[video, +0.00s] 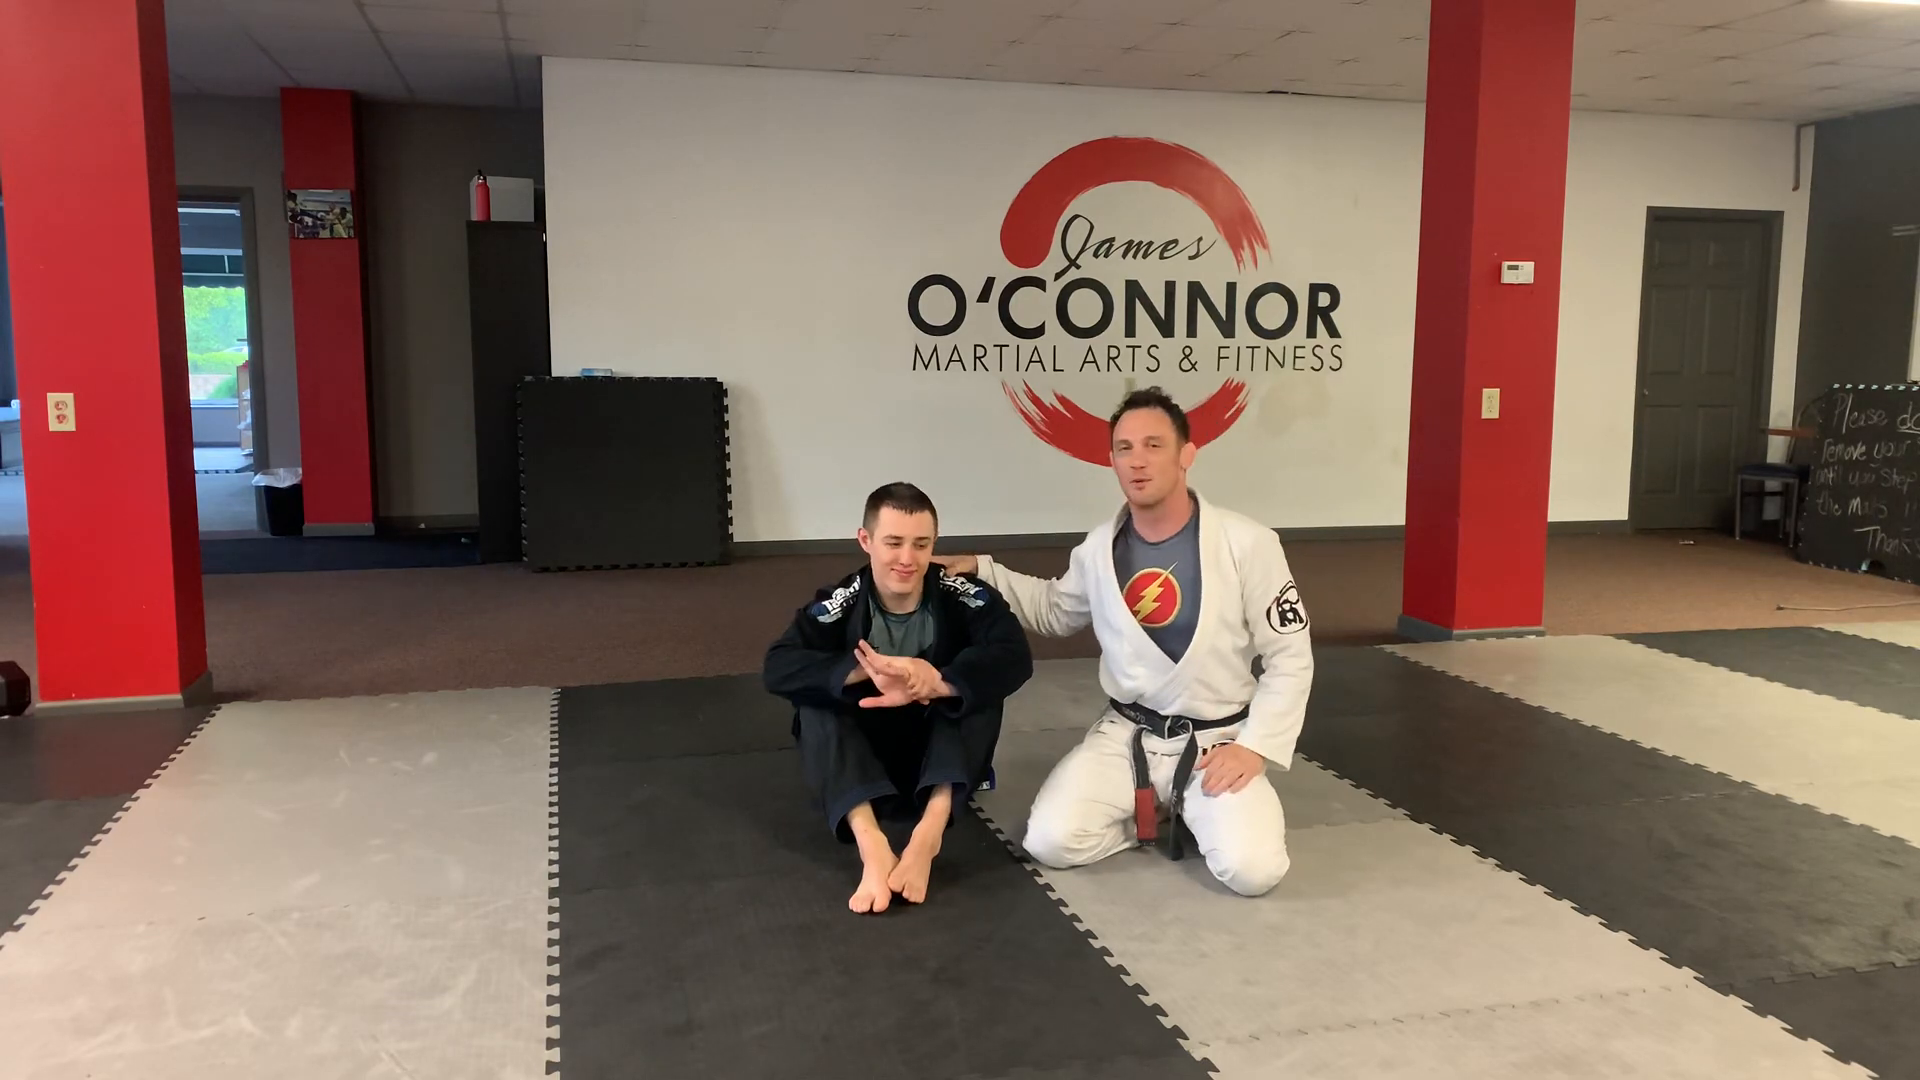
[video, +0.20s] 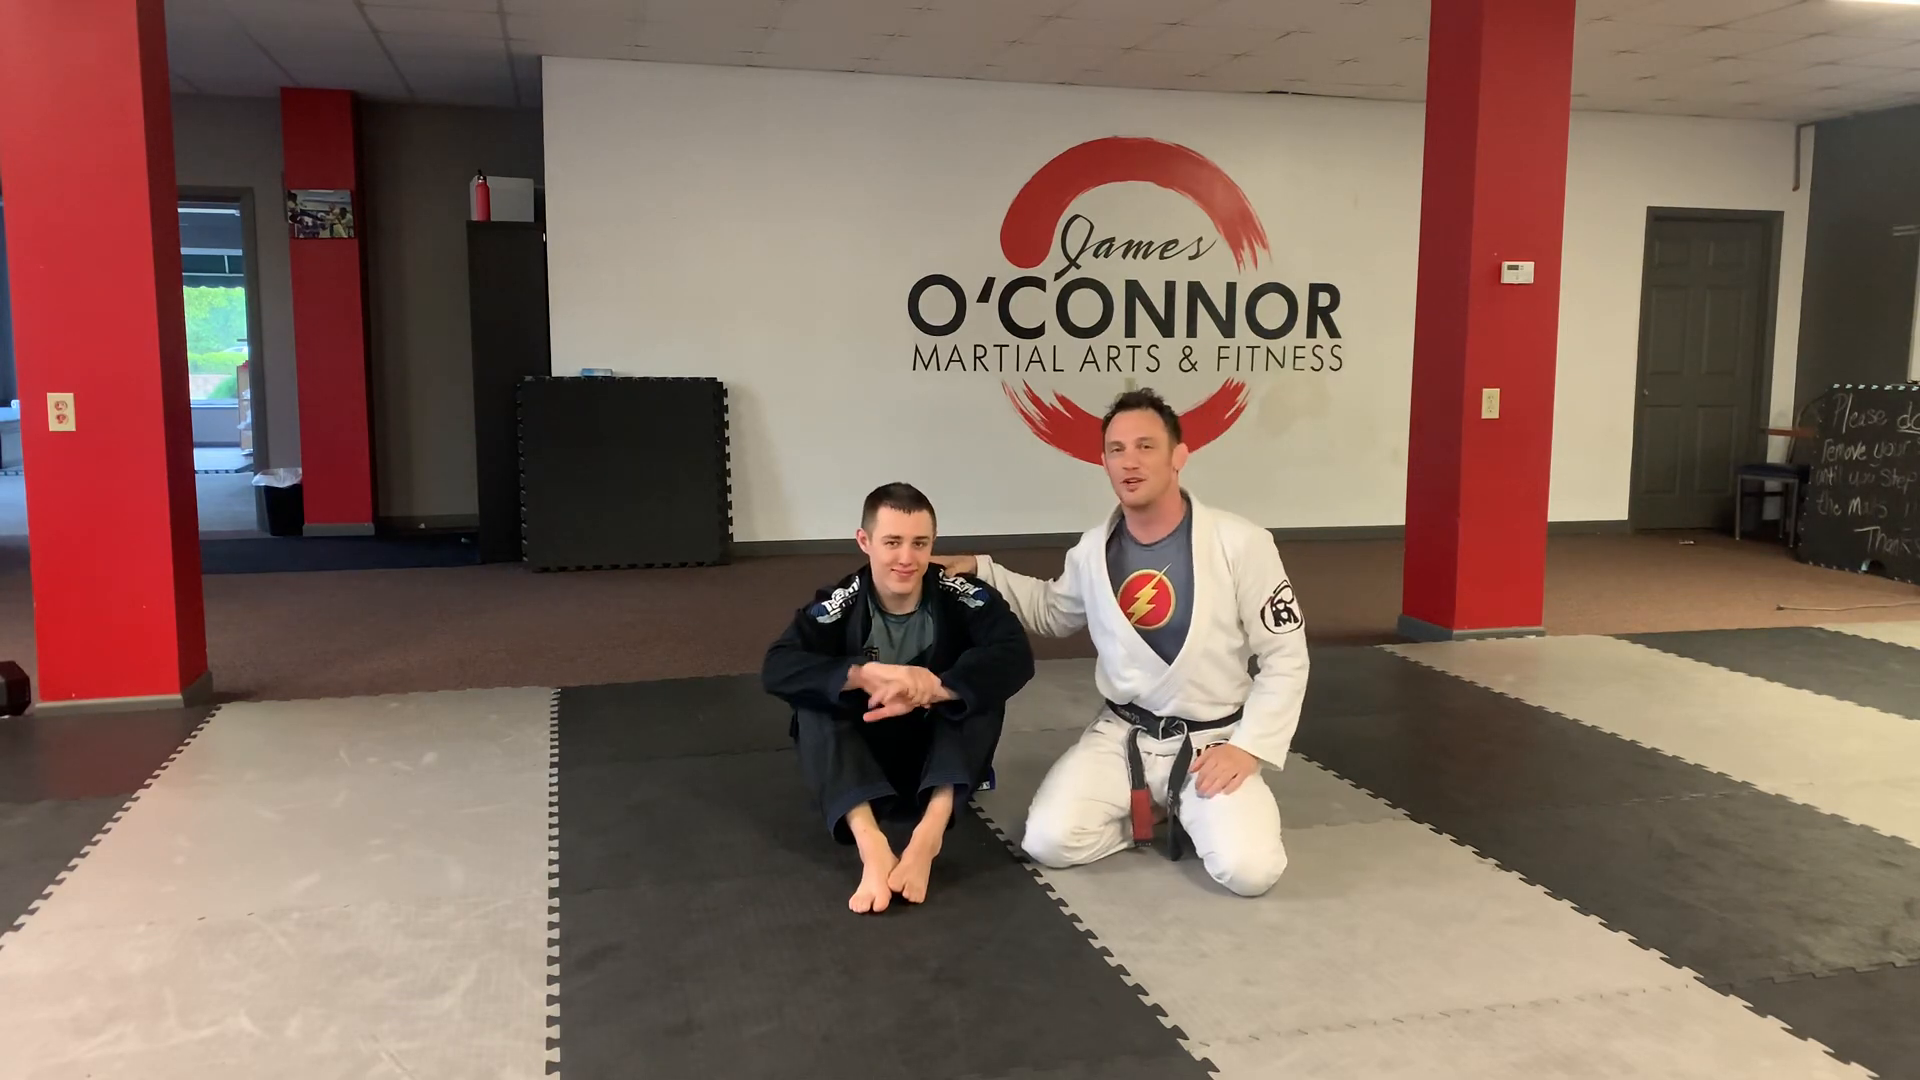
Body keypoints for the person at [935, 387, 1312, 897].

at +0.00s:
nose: (1137, 462)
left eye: (1153, 446)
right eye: (1124, 448)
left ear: (1186, 456)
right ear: (1111, 461)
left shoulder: (1248, 545)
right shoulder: (1097, 551)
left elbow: (1289, 656)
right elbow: (1055, 612)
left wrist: (1257, 746)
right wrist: (983, 569)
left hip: (1219, 738)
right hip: (1125, 732)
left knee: (1254, 871)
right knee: (1051, 842)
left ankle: (1200, 798)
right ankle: (1158, 811)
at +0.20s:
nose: (1129, 463)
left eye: (1146, 446)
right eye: (1116, 449)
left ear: (1178, 457)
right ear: (1104, 463)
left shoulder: (1242, 544)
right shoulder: (1091, 553)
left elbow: (1285, 657)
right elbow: (1052, 613)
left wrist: (1249, 748)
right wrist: (982, 568)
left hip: (1215, 739)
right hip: (1122, 734)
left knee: (1251, 871)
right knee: (1050, 842)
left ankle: (1199, 800)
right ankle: (1162, 810)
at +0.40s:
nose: (1123, 463)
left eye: (1140, 448)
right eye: (1111, 450)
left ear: (1174, 458)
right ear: (1099, 462)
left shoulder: (1237, 546)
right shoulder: (1088, 553)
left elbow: (1280, 658)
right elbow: (1049, 614)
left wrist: (1235, 749)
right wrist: (979, 568)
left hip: (1209, 740)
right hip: (1115, 732)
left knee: (1247, 872)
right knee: (1046, 841)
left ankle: (1186, 805)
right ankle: (1153, 810)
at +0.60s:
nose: (1121, 464)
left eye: (1138, 448)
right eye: (1109, 451)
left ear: (1171, 459)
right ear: (1097, 463)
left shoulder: (1233, 546)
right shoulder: (1085, 554)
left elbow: (1276, 659)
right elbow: (1047, 615)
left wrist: (1229, 750)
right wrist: (977, 569)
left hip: (1205, 739)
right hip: (1111, 732)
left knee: (1245, 872)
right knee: (1044, 840)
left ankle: (1184, 803)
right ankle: (1152, 811)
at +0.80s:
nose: (1119, 465)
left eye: (1136, 449)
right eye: (1107, 452)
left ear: (1169, 460)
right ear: (1095, 465)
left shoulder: (1232, 546)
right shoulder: (1083, 555)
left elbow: (1274, 659)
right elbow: (1047, 617)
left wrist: (1227, 750)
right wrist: (977, 570)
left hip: (1204, 739)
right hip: (1110, 733)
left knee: (1244, 871)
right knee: (1043, 839)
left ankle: (1184, 803)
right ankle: (1153, 810)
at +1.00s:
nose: (1120, 465)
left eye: (1137, 450)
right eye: (1107, 452)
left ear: (1170, 460)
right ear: (1095, 465)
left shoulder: (1232, 547)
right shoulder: (1083, 555)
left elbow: (1274, 659)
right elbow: (1047, 617)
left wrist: (1226, 750)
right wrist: (978, 569)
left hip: (1204, 739)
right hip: (1110, 732)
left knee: (1244, 872)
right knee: (1043, 839)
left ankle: (1184, 804)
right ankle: (1152, 811)